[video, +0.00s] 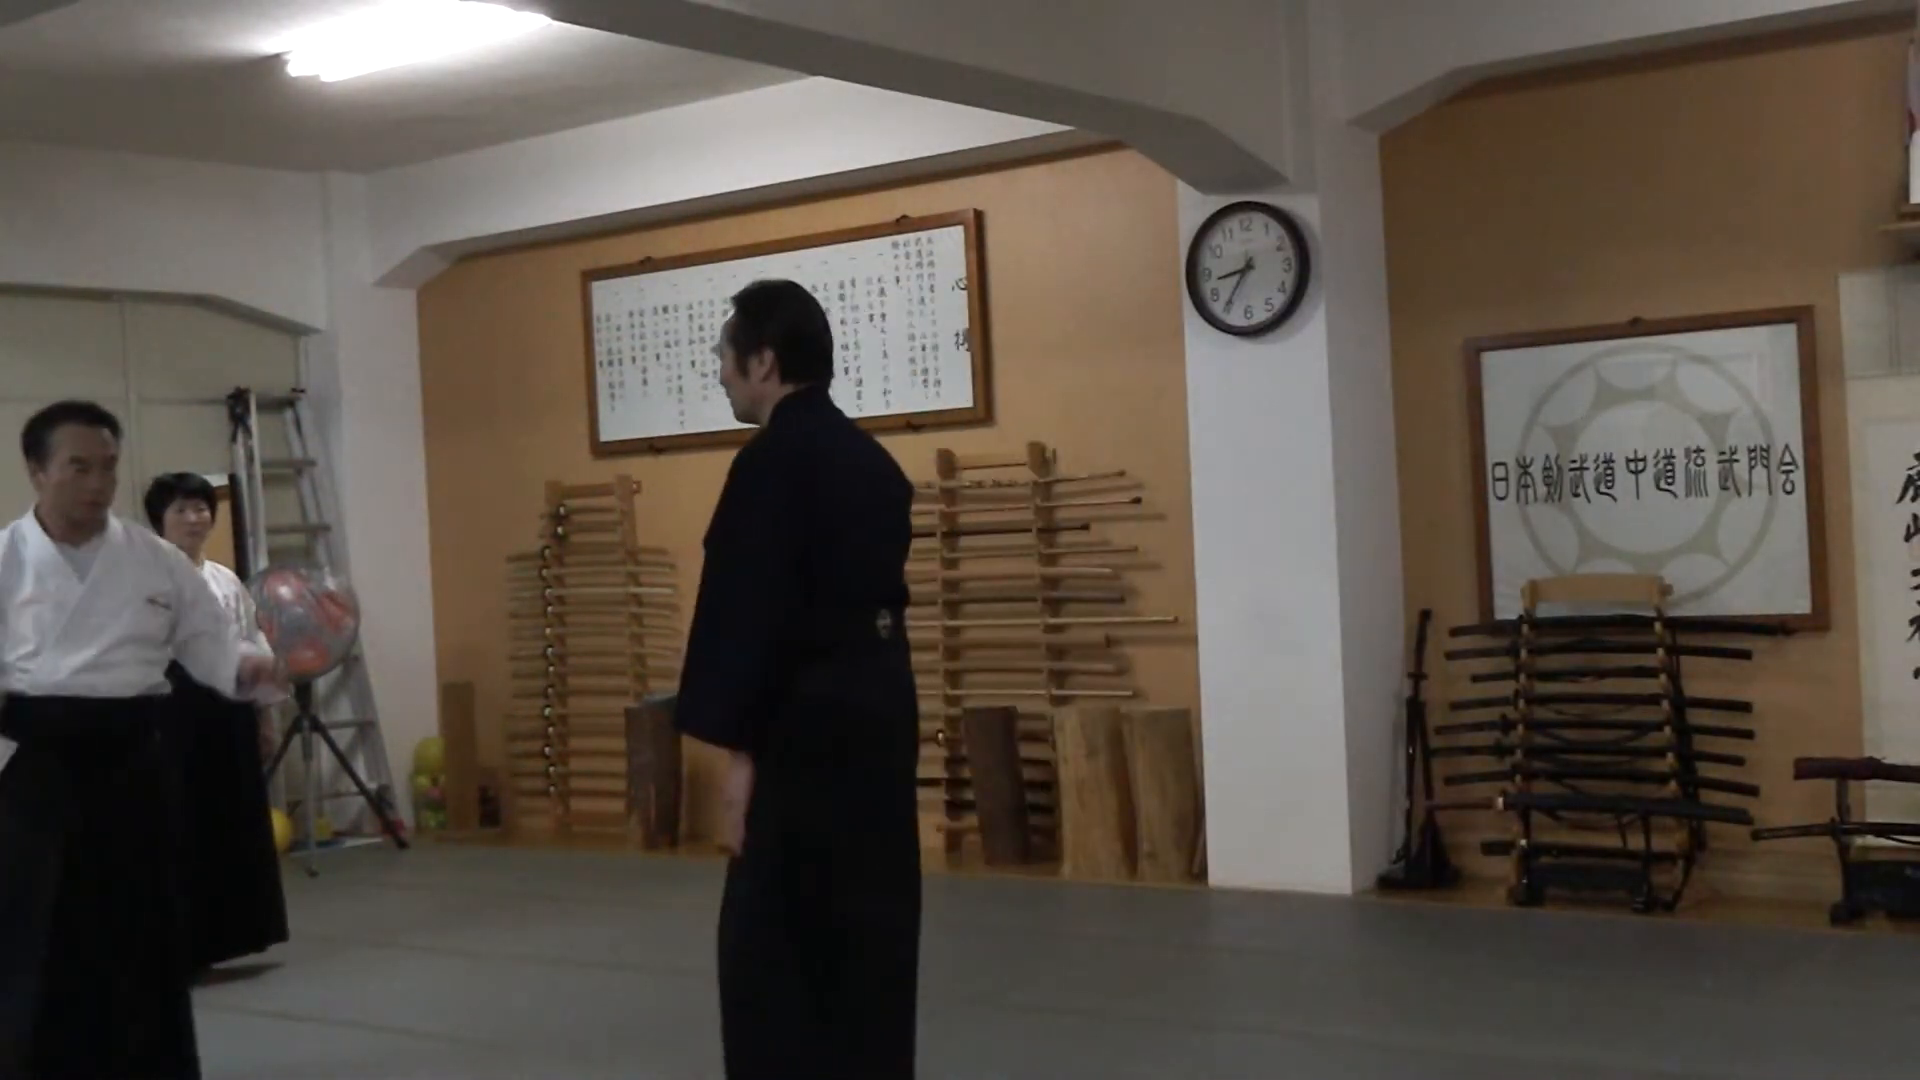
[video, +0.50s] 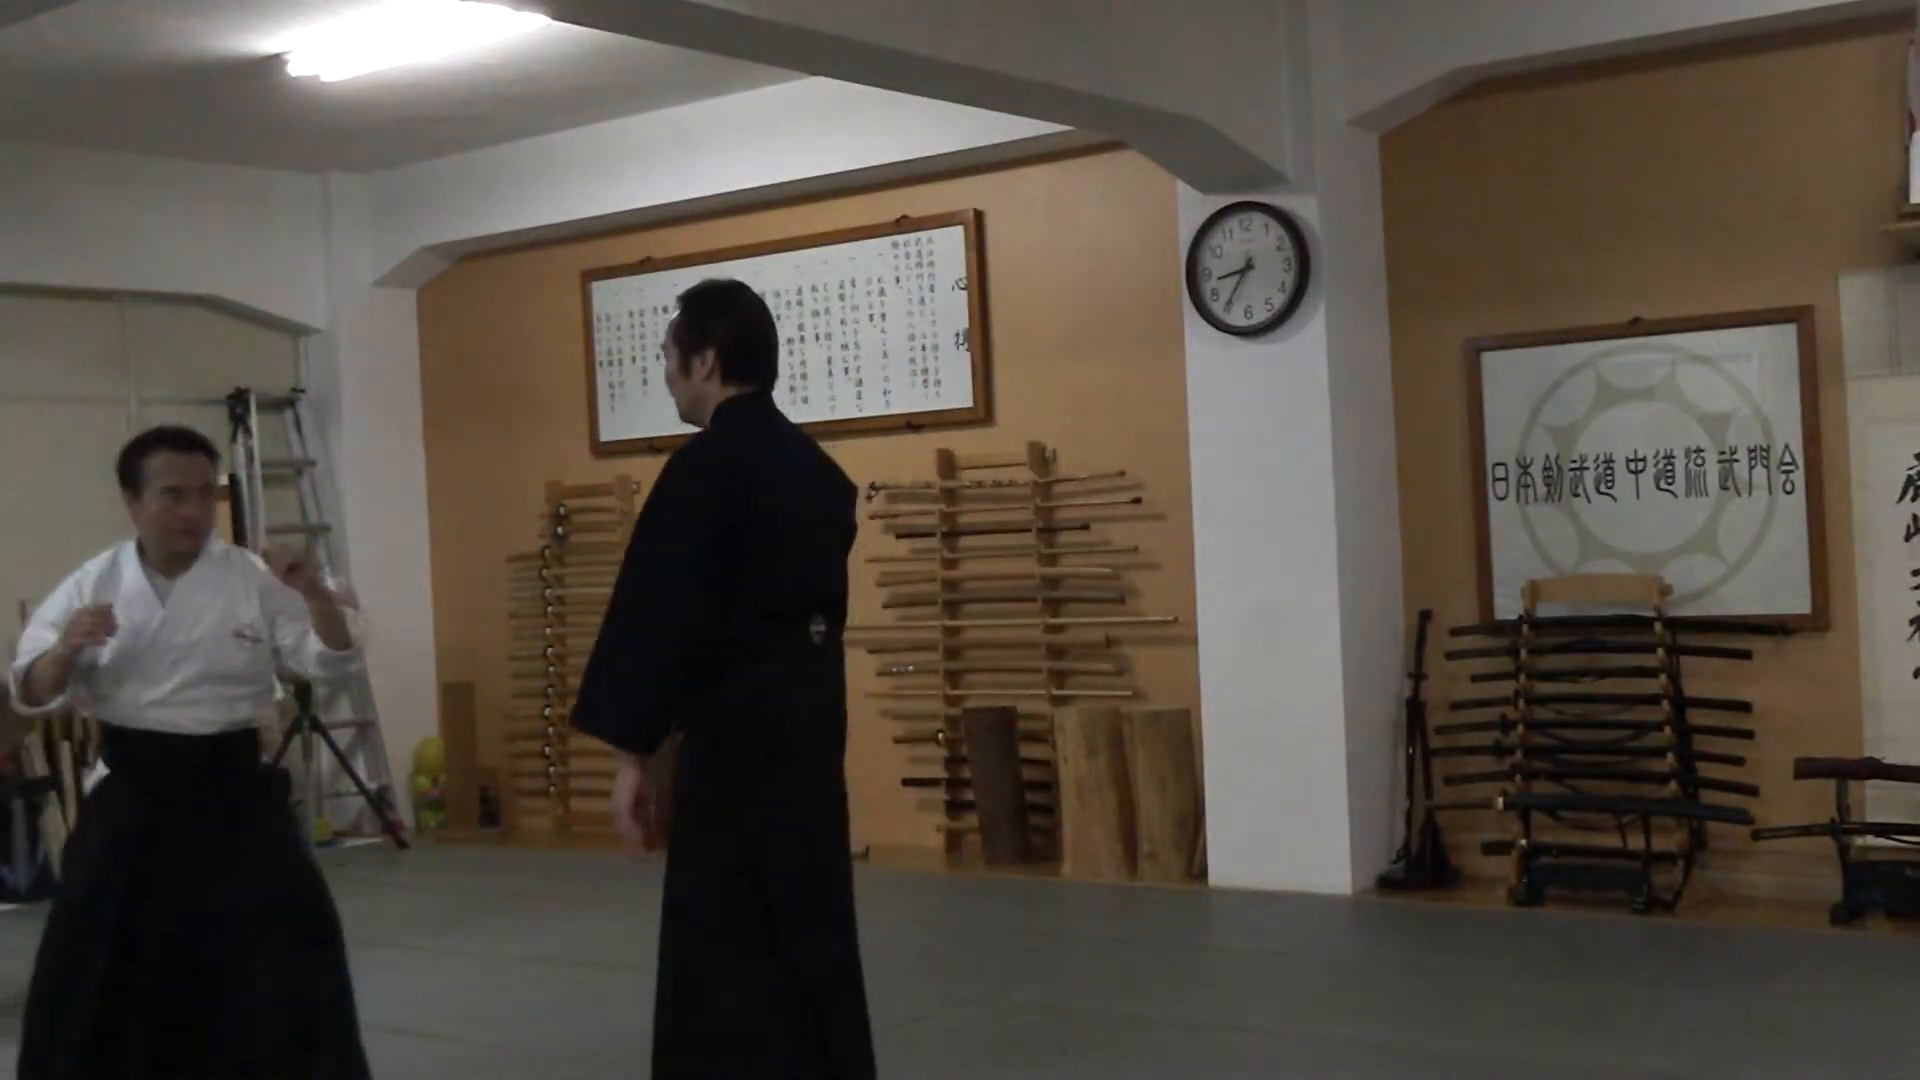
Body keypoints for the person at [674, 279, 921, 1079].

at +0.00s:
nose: (723, 377)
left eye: (729, 360)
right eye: (724, 360)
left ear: (766, 363)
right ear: (807, 364)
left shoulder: (769, 462)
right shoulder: (871, 459)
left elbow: (742, 614)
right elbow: (875, 610)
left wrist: (738, 761)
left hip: (800, 737)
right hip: (879, 727)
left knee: (770, 942)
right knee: (867, 932)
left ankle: (783, 1068)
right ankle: (867, 1067)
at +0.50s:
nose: (669, 379)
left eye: (673, 360)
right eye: (668, 361)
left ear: (706, 362)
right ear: (759, 361)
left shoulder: (702, 466)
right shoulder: (815, 466)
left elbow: (655, 612)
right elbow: (796, 624)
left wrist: (634, 760)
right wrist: (681, 747)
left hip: (728, 735)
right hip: (811, 726)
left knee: (718, 941)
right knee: (806, 932)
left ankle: (720, 1070)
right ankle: (814, 1066)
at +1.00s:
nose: (596, 389)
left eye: (599, 374)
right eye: (597, 374)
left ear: (629, 374)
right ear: (685, 375)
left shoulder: (612, 475)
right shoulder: (741, 473)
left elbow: (581, 614)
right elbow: (750, 611)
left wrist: (570, 737)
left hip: (657, 721)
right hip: (749, 712)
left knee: (650, 910)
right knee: (747, 903)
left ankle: (657, 1064)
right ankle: (761, 1063)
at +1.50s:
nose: (668, 425)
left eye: (665, 405)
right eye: (663, 408)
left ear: (689, 391)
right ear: (750, 384)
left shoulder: (703, 487)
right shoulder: (821, 484)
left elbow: (665, 633)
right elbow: (822, 634)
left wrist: (651, 771)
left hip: (744, 740)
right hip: (836, 727)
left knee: (699, 938)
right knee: (824, 933)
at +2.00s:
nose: (878, 427)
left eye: (877, 407)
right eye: (872, 411)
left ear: (919, 388)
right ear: (938, 384)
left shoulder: (963, 472)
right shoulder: (1003, 462)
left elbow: (956, 634)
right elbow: (1043, 605)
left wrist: (942, 780)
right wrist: (929, 590)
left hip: (1005, 754)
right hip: (1048, 742)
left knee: (937, 976)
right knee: (1035, 967)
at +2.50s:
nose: (1016, 375)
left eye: (1019, 353)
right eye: (1012, 356)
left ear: (1067, 343)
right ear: (1085, 340)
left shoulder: (1109, 439)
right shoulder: (1155, 425)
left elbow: (1109, 611)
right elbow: (1197, 590)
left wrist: (1107, 764)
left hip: (1165, 725)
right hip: (1210, 707)